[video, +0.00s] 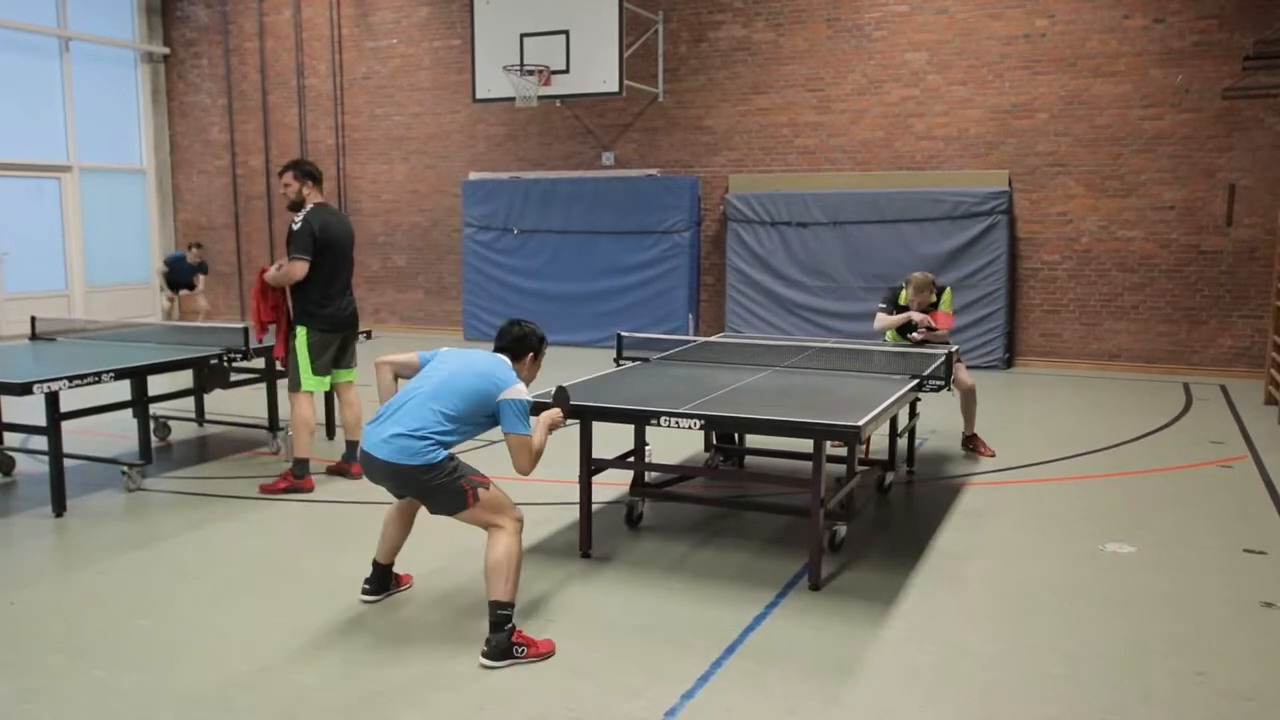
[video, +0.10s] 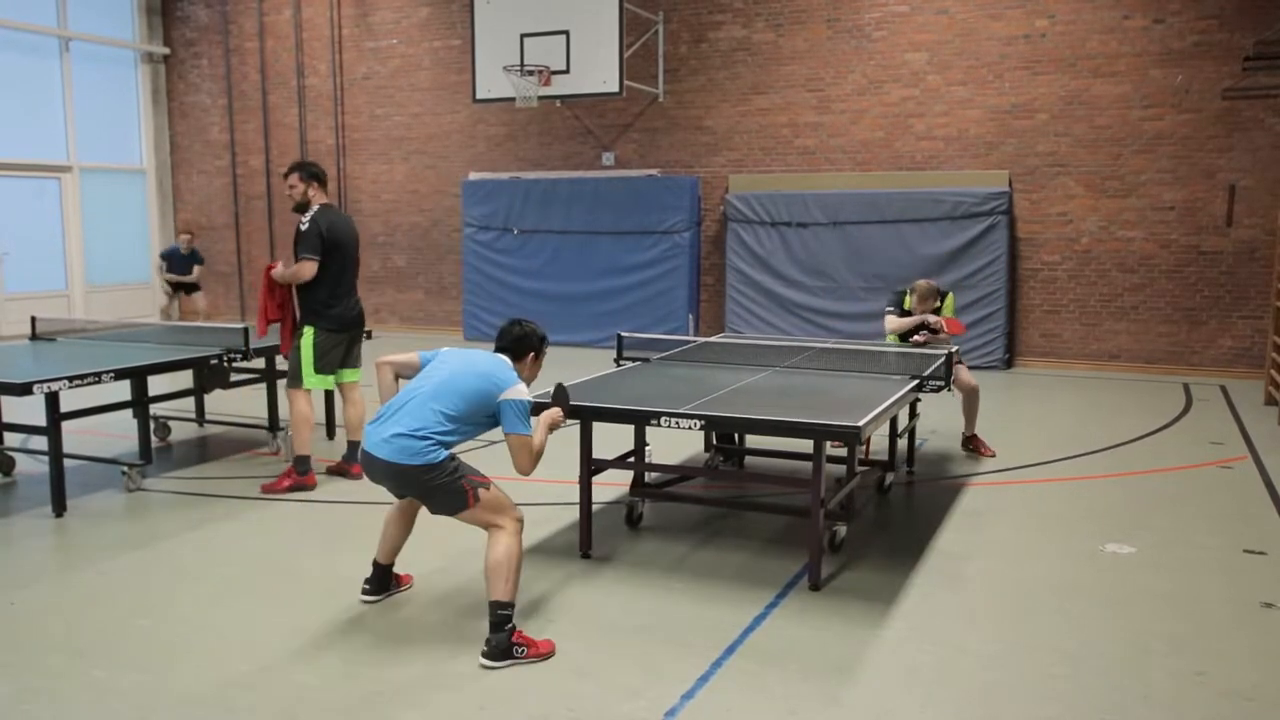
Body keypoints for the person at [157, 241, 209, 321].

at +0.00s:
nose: (197, 260)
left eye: (199, 257)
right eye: (195, 256)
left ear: (202, 256)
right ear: (188, 253)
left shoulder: (201, 266)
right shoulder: (175, 259)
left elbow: (201, 287)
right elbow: (159, 272)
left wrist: (188, 292)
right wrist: (167, 291)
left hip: (188, 285)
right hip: (171, 285)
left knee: (204, 307)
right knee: (167, 307)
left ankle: (198, 330)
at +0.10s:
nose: (185, 246)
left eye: (188, 243)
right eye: (183, 243)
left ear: (192, 243)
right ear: (179, 243)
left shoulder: (196, 255)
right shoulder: (170, 253)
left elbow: (195, 277)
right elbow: (159, 270)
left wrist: (174, 278)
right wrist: (163, 284)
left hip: (189, 283)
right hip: (173, 283)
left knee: (202, 307)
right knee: (165, 308)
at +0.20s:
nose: (172, 235)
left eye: (174, 232)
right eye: (169, 232)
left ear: (180, 232)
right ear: (166, 233)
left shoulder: (188, 248)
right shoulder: (161, 246)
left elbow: (189, 271)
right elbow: (156, 261)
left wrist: (168, 272)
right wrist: (160, 276)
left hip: (186, 277)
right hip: (170, 277)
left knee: (198, 308)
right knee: (161, 307)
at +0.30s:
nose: (157, 229)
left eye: (160, 225)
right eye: (156, 225)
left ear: (167, 226)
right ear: (154, 227)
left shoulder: (178, 244)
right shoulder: (152, 241)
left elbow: (185, 266)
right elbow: (151, 258)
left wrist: (166, 274)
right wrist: (152, 273)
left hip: (181, 275)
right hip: (164, 276)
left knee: (189, 309)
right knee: (161, 308)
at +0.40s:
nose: (146, 224)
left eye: (149, 221)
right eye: (144, 221)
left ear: (156, 222)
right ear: (143, 223)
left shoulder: (168, 240)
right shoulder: (144, 239)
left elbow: (180, 259)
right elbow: (145, 256)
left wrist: (168, 275)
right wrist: (144, 274)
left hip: (174, 276)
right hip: (158, 276)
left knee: (177, 309)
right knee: (158, 310)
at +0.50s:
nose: (137, 221)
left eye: (140, 217)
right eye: (136, 218)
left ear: (148, 218)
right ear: (134, 219)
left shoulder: (162, 236)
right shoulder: (137, 236)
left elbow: (175, 255)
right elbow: (138, 252)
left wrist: (169, 273)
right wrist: (136, 270)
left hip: (166, 271)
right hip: (151, 273)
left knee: (169, 309)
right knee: (156, 310)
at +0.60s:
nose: (130, 220)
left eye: (133, 217)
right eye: (128, 217)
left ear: (141, 218)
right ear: (127, 219)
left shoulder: (154, 236)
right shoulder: (129, 236)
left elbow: (167, 255)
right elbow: (131, 252)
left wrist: (166, 270)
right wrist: (128, 266)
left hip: (158, 271)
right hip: (143, 273)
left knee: (155, 308)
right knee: (153, 310)